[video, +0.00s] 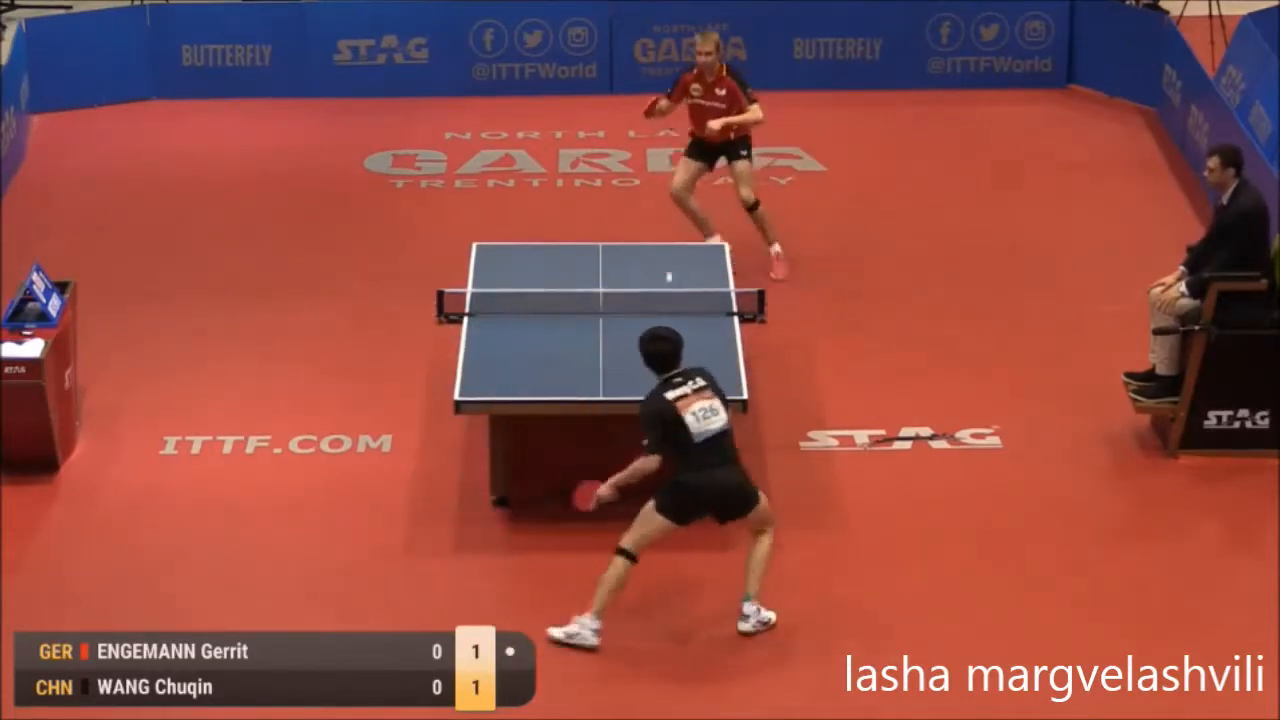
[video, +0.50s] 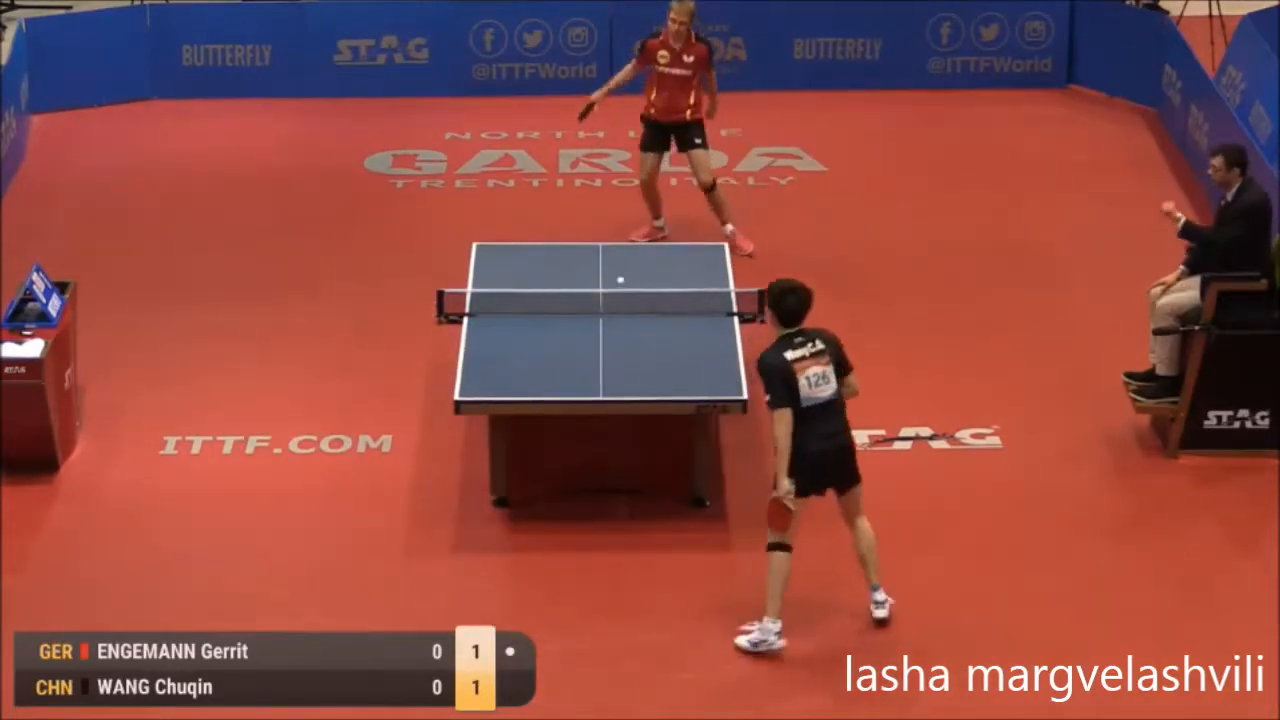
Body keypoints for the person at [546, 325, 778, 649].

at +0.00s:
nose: (650, 359)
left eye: (648, 355)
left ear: (647, 362)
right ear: (680, 354)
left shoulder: (653, 403)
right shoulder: (703, 377)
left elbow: (652, 461)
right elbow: (728, 415)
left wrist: (613, 484)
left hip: (687, 486)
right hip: (730, 479)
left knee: (629, 547)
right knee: (764, 528)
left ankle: (590, 622)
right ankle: (750, 609)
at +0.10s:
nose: (671, 354)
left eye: (668, 349)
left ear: (665, 356)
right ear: (698, 349)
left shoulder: (673, 400)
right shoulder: (722, 374)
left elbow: (678, 458)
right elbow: (743, 417)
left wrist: (645, 498)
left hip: (717, 482)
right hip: (757, 473)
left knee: (661, 540)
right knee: (784, 520)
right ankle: (770, 596)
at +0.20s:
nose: (705, 360)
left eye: (701, 356)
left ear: (700, 362)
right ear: (732, 355)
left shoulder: (708, 404)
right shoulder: (754, 384)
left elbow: (718, 462)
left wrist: (700, 515)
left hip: (750, 489)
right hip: (787, 478)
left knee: (704, 562)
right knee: (808, 521)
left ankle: (737, 640)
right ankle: (840, 593)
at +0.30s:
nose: (723, 362)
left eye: (723, 358)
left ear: (724, 364)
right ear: (756, 358)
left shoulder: (735, 406)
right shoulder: (778, 388)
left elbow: (744, 466)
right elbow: (780, 436)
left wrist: (735, 524)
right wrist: (737, 451)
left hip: (769, 498)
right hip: (806, 485)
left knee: (712, 561)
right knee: (825, 532)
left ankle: (737, 641)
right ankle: (873, 597)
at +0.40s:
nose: (748, 333)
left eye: (750, 329)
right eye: (752, 327)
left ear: (755, 336)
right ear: (787, 332)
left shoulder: (761, 380)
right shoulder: (809, 358)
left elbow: (775, 438)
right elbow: (830, 405)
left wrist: (774, 496)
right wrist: (796, 420)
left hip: (793, 471)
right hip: (829, 462)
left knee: (753, 543)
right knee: (845, 522)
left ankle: (743, 635)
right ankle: (876, 598)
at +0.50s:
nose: (765, 312)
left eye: (767, 308)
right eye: (769, 306)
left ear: (772, 315)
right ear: (805, 311)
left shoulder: (772, 359)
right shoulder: (827, 340)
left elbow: (783, 420)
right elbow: (850, 388)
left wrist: (781, 476)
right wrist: (813, 399)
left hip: (800, 455)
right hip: (840, 448)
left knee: (779, 535)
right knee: (857, 518)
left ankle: (771, 625)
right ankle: (878, 595)